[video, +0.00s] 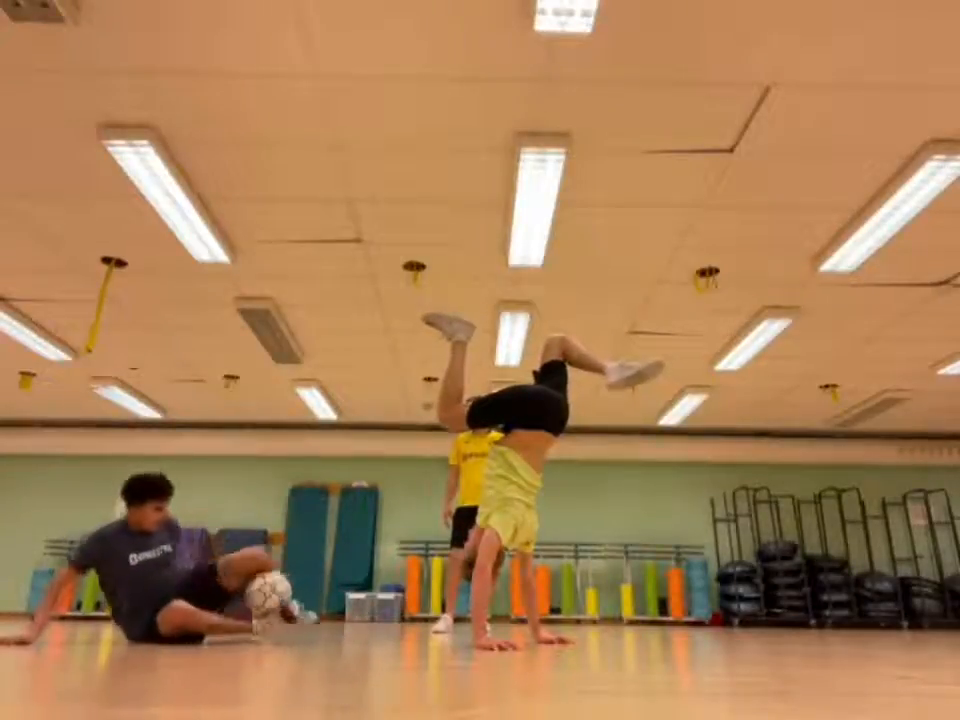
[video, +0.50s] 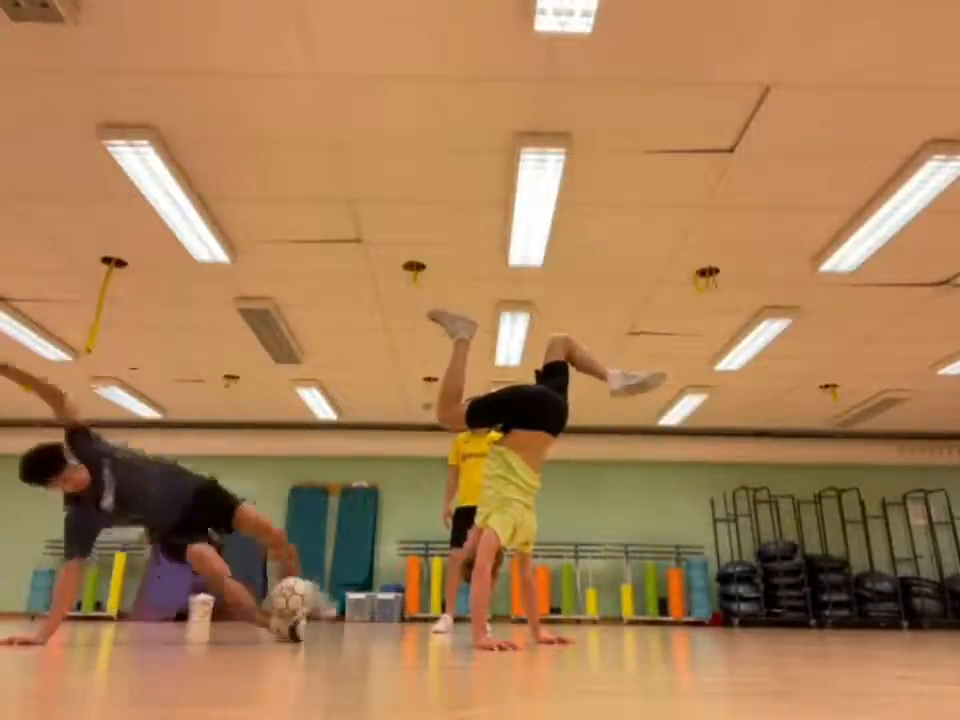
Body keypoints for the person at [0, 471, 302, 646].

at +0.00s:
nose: (165, 515)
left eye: (166, 508)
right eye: (158, 508)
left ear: (162, 506)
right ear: (135, 508)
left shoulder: (170, 530)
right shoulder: (103, 541)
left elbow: (194, 567)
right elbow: (65, 579)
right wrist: (35, 630)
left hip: (186, 591)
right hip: (146, 617)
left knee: (255, 557)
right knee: (179, 613)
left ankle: (280, 605)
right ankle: (256, 626)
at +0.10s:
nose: (171, 511)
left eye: (171, 504)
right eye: (164, 505)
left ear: (166, 504)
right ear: (143, 505)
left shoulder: (180, 524)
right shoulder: (111, 536)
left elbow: (214, 555)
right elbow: (72, 575)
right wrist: (44, 627)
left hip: (201, 589)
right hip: (153, 613)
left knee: (269, 566)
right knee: (183, 609)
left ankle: (274, 620)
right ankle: (254, 632)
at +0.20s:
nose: (171, 506)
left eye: (171, 499)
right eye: (163, 501)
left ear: (169, 500)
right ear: (141, 503)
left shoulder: (184, 518)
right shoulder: (115, 535)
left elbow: (231, 524)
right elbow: (73, 576)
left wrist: (276, 526)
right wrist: (48, 631)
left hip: (203, 586)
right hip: (157, 612)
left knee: (269, 569)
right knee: (194, 611)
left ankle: (285, 622)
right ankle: (261, 633)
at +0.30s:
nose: (153, 497)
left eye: (153, 489)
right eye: (143, 494)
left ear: (157, 485)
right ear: (123, 498)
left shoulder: (174, 498)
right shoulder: (110, 529)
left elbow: (218, 475)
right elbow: (73, 574)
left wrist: (237, 445)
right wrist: (48, 631)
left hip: (207, 577)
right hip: (165, 603)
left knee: (273, 571)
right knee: (199, 608)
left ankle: (284, 615)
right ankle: (270, 634)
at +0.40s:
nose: (114, 485)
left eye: (111, 476)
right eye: (104, 485)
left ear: (115, 465)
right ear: (95, 487)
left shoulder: (141, 461)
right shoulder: (99, 519)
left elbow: (143, 405)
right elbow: (73, 575)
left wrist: (104, 378)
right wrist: (47, 633)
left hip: (204, 539)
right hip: (171, 569)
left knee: (266, 560)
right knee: (200, 589)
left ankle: (290, 611)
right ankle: (275, 632)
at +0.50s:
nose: (74, 479)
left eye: (68, 471)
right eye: (65, 482)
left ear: (67, 460)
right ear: (57, 487)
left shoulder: (86, 445)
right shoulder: (82, 517)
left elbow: (56, 399)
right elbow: (70, 574)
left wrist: (11, 373)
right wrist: (45, 633)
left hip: (193, 491)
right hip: (172, 527)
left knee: (257, 524)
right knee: (210, 565)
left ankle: (289, 563)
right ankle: (269, 624)